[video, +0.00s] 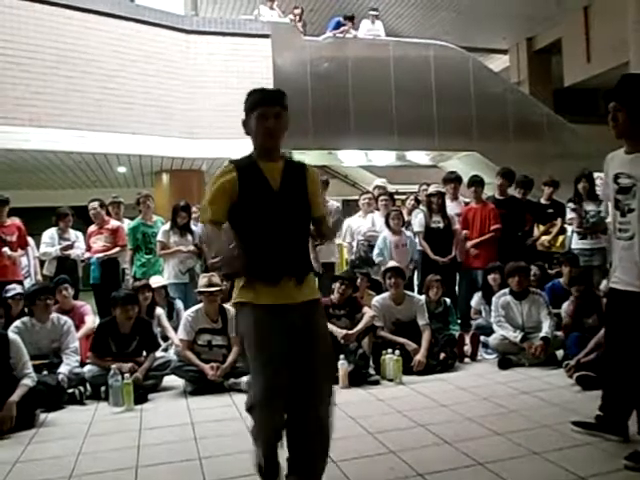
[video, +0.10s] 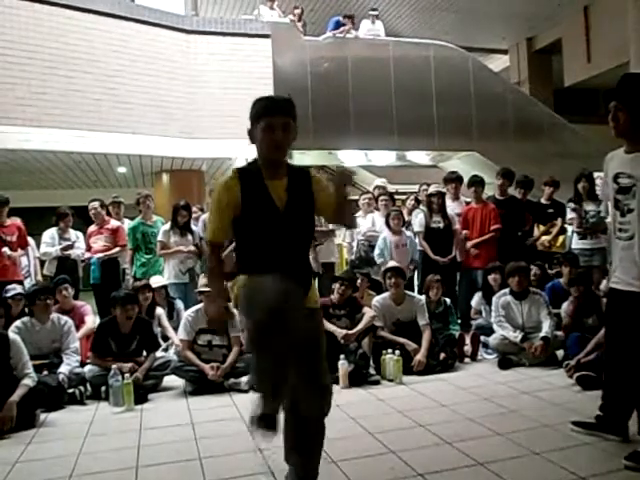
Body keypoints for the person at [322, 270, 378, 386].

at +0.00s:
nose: (343, 288)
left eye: (347, 286)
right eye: (341, 284)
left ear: (351, 291)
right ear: (334, 285)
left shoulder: (353, 302)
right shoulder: (324, 303)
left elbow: (371, 314)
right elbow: (321, 322)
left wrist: (354, 333)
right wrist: (337, 331)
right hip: (331, 345)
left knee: (369, 325)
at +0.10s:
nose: (343, 289)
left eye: (347, 287)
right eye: (341, 284)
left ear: (351, 291)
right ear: (334, 285)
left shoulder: (353, 302)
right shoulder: (323, 303)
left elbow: (371, 314)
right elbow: (319, 320)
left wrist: (354, 332)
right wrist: (337, 331)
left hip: (352, 346)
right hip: (331, 345)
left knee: (369, 326)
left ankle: (365, 368)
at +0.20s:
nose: (342, 291)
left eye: (347, 288)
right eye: (340, 286)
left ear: (351, 292)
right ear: (334, 285)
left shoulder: (352, 301)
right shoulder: (325, 303)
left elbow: (371, 314)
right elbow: (322, 322)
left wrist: (354, 332)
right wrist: (337, 331)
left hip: (352, 345)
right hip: (332, 344)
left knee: (369, 325)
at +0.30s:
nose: (341, 291)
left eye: (346, 289)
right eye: (340, 286)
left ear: (351, 292)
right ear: (334, 286)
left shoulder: (352, 301)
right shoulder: (327, 301)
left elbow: (371, 314)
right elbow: (322, 321)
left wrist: (354, 332)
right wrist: (336, 331)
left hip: (352, 343)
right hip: (333, 345)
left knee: (369, 325)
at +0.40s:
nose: (341, 291)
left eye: (346, 289)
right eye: (340, 286)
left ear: (351, 291)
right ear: (334, 285)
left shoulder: (352, 301)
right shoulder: (327, 301)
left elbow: (371, 314)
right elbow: (321, 322)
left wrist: (354, 333)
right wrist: (337, 332)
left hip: (352, 345)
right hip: (333, 345)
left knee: (369, 326)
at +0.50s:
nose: (341, 291)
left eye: (346, 289)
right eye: (340, 286)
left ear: (351, 291)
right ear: (335, 285)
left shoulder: (352, 302)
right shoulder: (327, 302)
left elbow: (371, 314)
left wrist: (354, 333)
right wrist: (337, 332)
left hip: (352, 344)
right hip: (333, 345)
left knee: (368, 325)